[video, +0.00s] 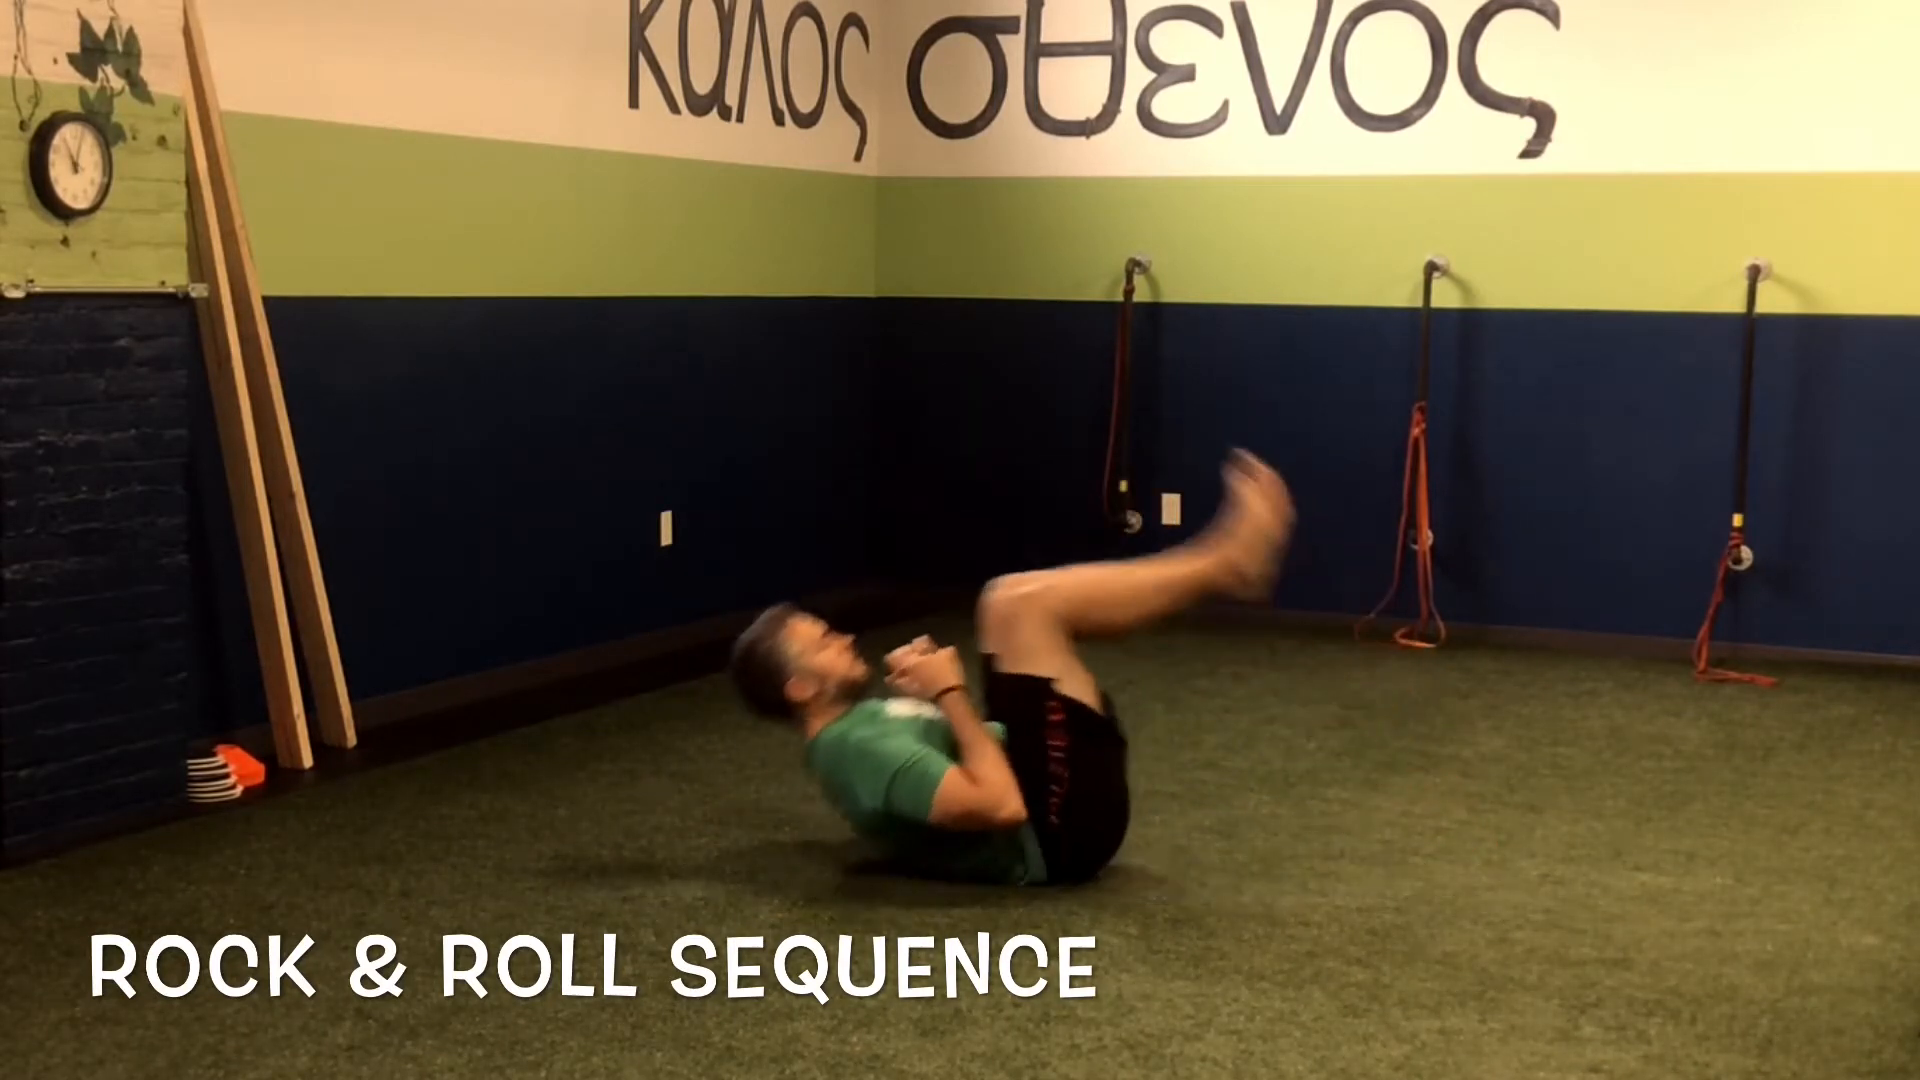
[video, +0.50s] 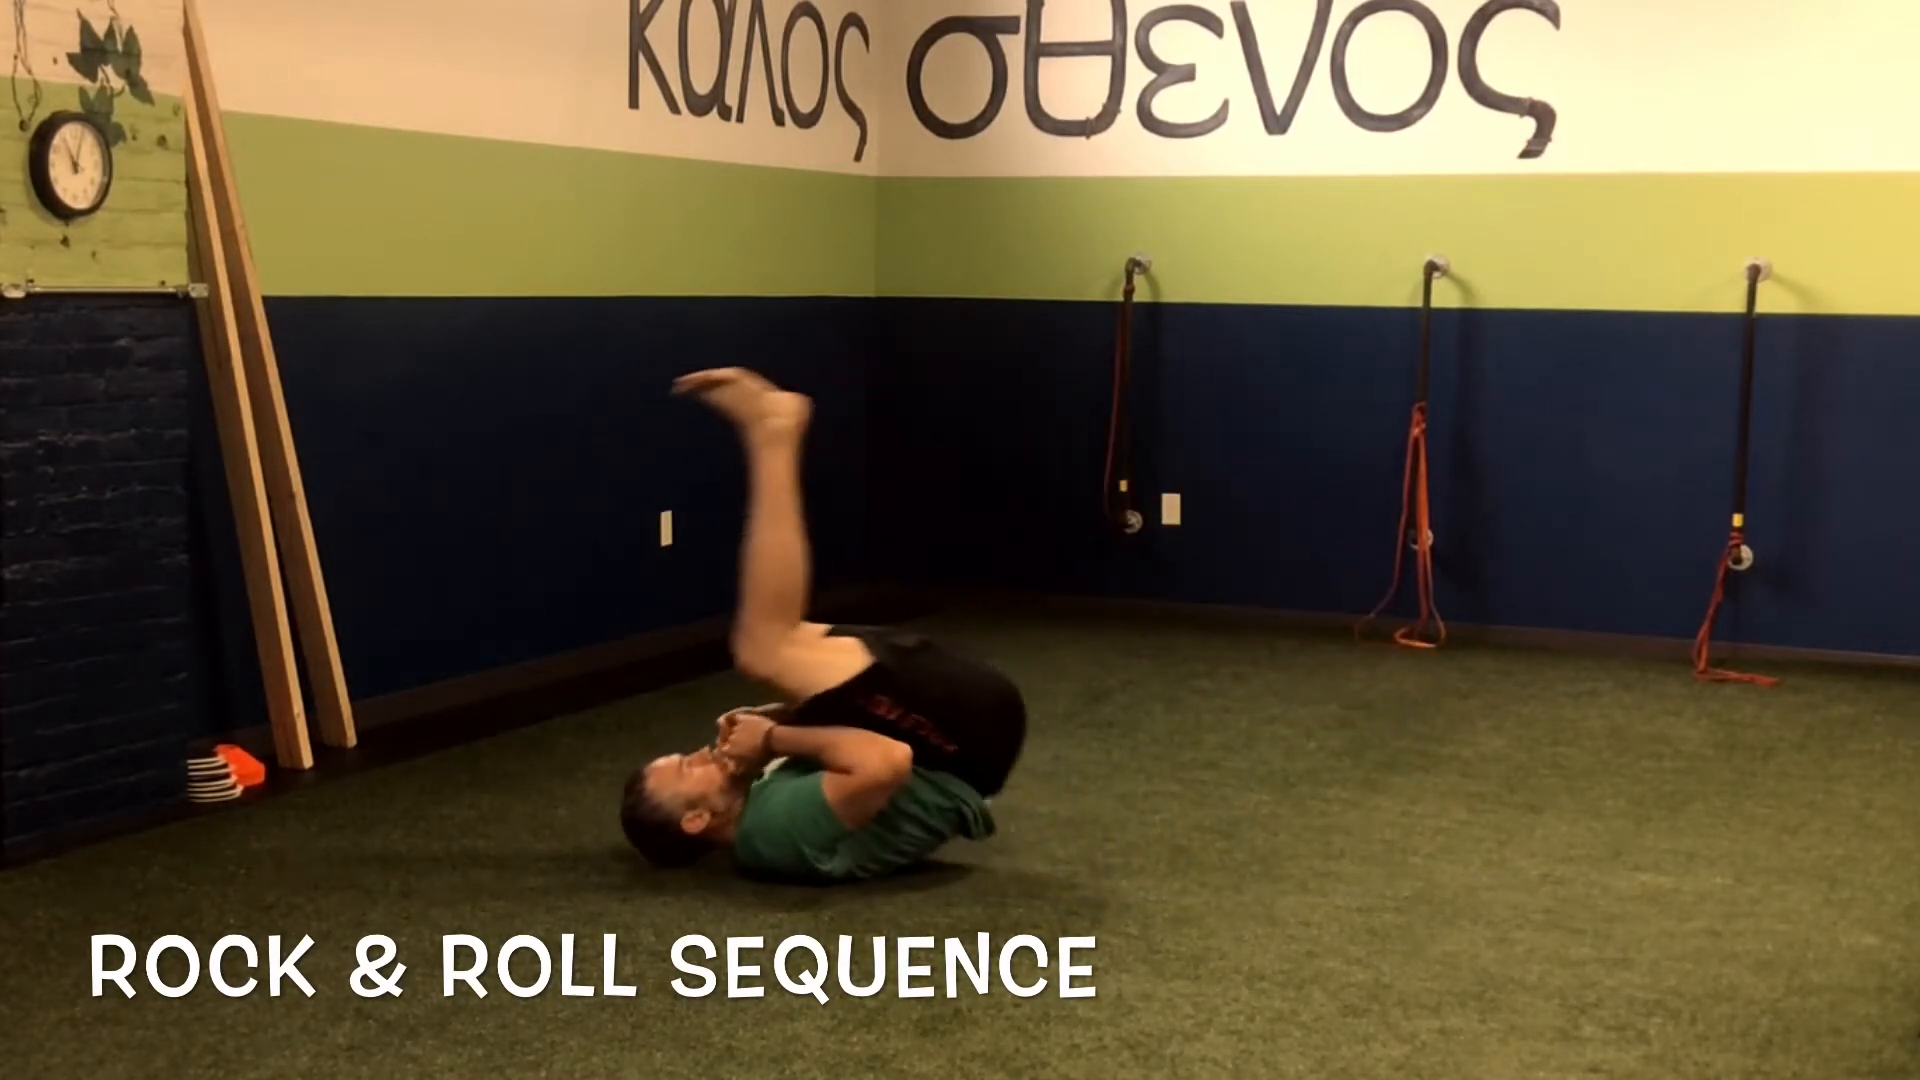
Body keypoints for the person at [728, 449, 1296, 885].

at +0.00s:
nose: (842, 641)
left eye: (829, 633)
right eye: (821, 643)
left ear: (811, 682)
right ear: (799, 688)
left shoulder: (861, 721)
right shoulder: (856, 748)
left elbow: (976, 773)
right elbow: (1001, 804)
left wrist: (940, 686)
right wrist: (950, 696)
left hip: (1050, 816)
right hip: (1063, 836)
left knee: (1010, 597)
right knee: (1016, 603)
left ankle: (1216, 558)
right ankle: (1224, 561)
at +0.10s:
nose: (807, 672)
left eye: (791, 665)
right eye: (785, 675)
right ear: (767, 726)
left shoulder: (832, 746)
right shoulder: (830, 785)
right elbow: (980, 804)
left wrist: (900, 700)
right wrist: (908, 707)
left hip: (1033, 804)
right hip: (1046, 825)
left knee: (953, 600)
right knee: (952, 607)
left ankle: (1125, 500)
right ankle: (1128, 500)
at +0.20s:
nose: (771, 699)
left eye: (753, 695)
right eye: (749, 708)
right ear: (741, 762)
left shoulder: (806, 780)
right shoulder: (807, 807)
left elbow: (922, 725)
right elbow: (956, 798)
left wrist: (861, 707)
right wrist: (861, 724)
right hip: (1032, 791)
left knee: (901, 615)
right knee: (892, 617)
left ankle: (1026, 452)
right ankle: (1019, 450)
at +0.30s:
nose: (737, 722)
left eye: (719, 724)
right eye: (717, 736)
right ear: (718, 790)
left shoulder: (793, 794)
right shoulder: (792, 819)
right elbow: (932, 788)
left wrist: (819, 720)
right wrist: (823, 730)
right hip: (1013, 771)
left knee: (866, 629)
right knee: (840, 628)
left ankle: (925, 426)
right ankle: (920, 428)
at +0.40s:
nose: (711, 740)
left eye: (694, 741)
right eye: (696, 753)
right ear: (707, 805)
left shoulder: (779, 805)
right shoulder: (781, 826)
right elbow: (910, 776)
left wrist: (788, 730)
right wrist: (797, 733)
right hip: (991, 743)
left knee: (828, 635)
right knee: (797, 636)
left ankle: (844, 424)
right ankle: (839, 425)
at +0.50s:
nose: (699, 750)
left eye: (682, 755)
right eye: (686, 768)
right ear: (699, 819)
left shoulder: (764, 809)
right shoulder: (773, 830)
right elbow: (888, 762)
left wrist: (763, 744)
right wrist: (772, 736)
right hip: (976, 732)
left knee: (784, 640)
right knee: (762, 646)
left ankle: (774, 431)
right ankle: (773, 431)